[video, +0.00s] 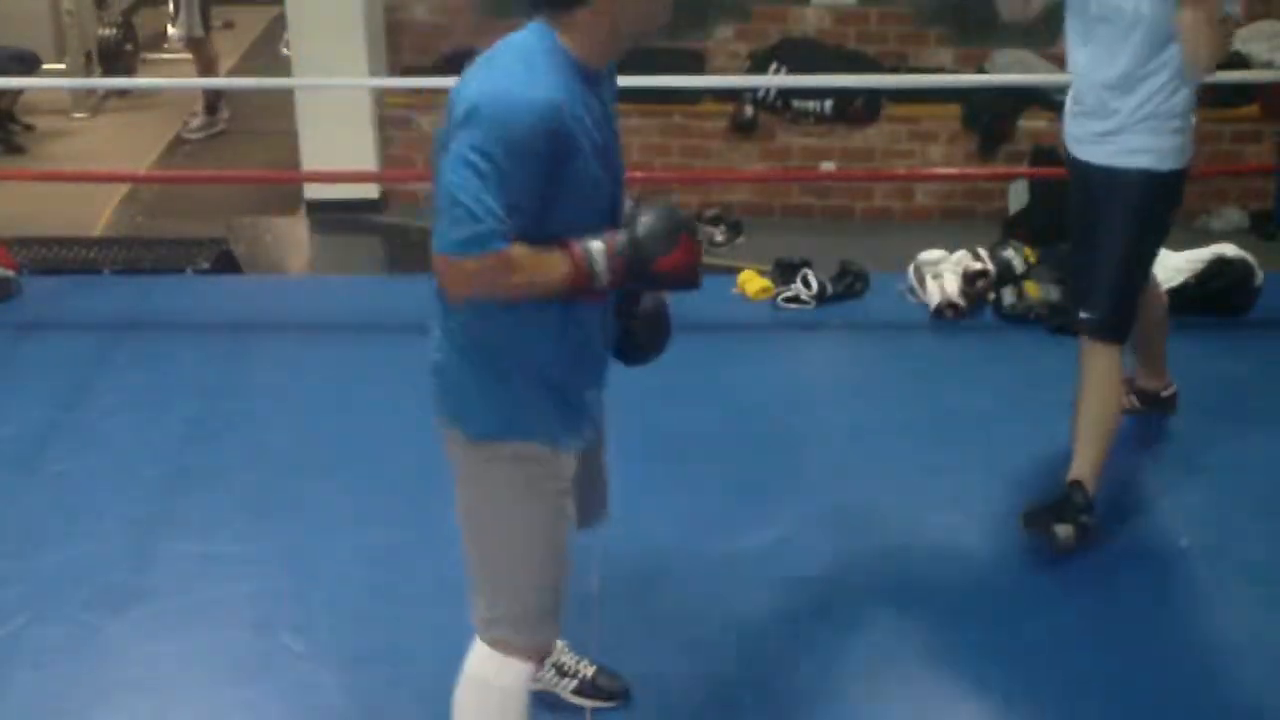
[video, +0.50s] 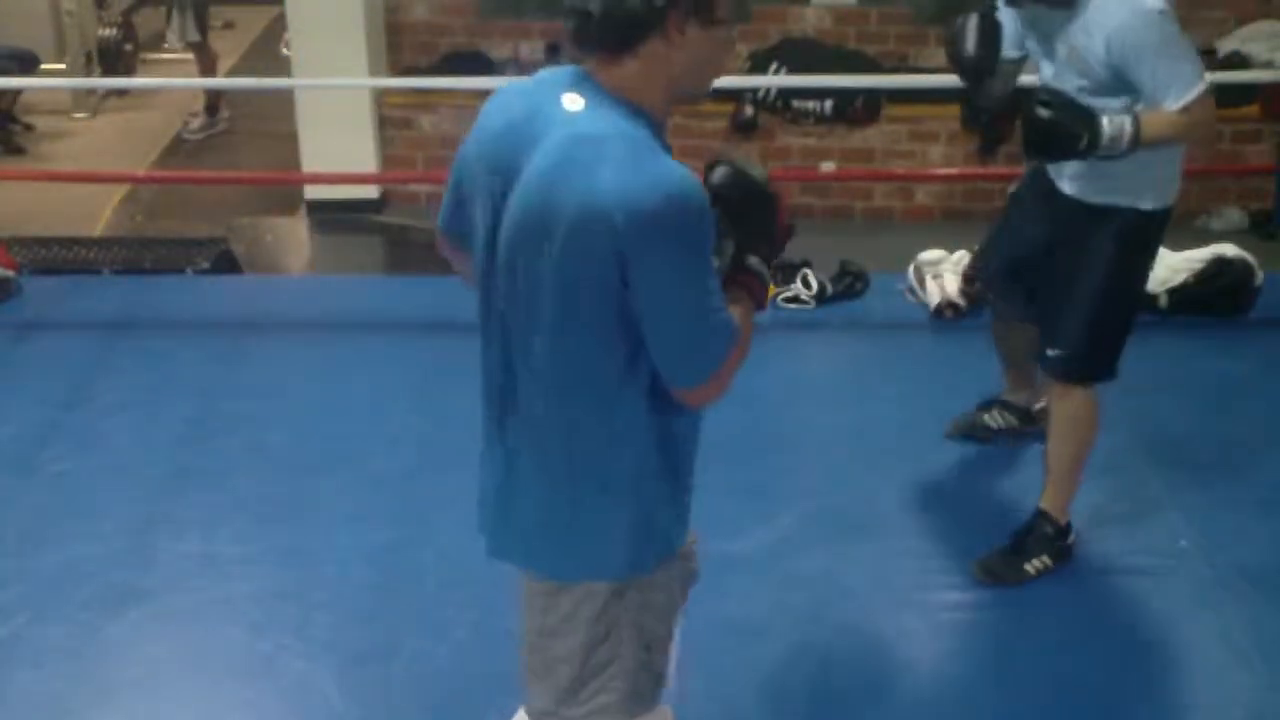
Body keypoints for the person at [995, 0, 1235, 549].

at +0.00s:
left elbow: (1202, 59)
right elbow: (1017, 12)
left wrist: (1206, 4)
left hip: (1148, 150)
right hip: (1084, 140)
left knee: (1101, 329)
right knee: (1131, 277)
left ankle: (1079, 492)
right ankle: (1152, 381)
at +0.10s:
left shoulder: (1201, 7)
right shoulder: (1076, 2)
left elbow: (1207, 101)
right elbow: (1063, 44)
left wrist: (1169, 51)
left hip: (1138, 174)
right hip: (1076, 164)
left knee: (1093, 349)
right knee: (1126, 289)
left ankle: (1063, 513)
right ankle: (1153, 384)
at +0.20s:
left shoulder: (1186, 8)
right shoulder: (1061, 2)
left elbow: (1201, 116)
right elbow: (1034, 38)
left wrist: (1129, 97)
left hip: (1132, 187)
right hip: (1069, 174)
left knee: (1079, 356)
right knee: (1117, 291)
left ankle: (1056, 522)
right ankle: (1147, 384)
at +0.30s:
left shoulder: (1174, 11)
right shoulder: (1046, 1)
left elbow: (1195, 126)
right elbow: (1022, 54)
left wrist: (1108, 114)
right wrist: (1013, 82)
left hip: (1131, 195)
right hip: (1060, 176)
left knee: (1079, 358)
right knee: (1063, 320)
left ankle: (1055, 524)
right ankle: (1123, 369)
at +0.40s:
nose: (1051, 3)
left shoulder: (1153, 16)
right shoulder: (1032, 4)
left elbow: (1197, 125)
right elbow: (1008, 58)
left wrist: (1101, 127)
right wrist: (994, 75)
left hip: (1130, 197)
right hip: (1057, 174)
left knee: (1081, 364)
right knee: (1030, 283)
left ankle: (1053, 523)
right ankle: (1066, 383)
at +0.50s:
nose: (1022, 0)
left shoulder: (1132, 18)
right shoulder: (1012, 9)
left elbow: (1199, 117)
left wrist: (1103, 130)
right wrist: (987, 87)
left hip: (1128, 196)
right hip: (1054, 174)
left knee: (1070, 364)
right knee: (1005, 287)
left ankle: (1051, 523)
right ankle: (1023, 400)